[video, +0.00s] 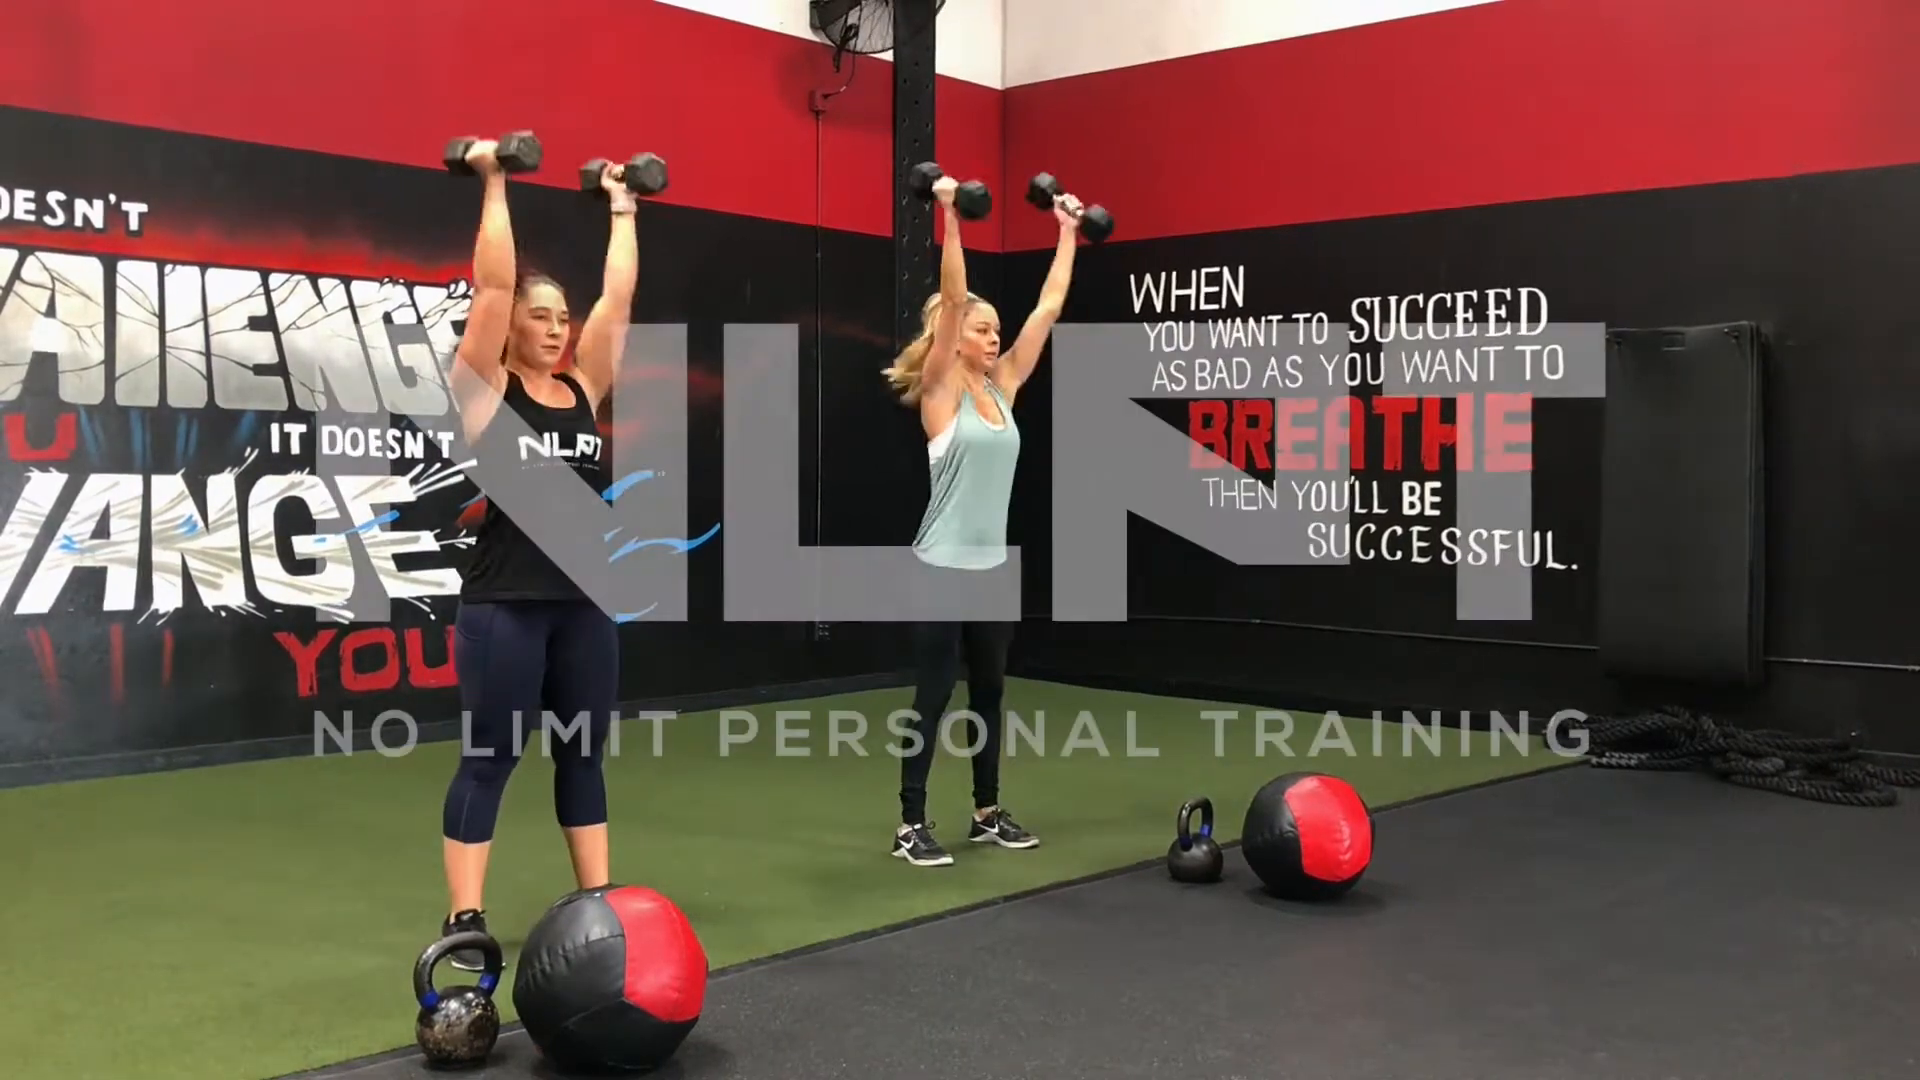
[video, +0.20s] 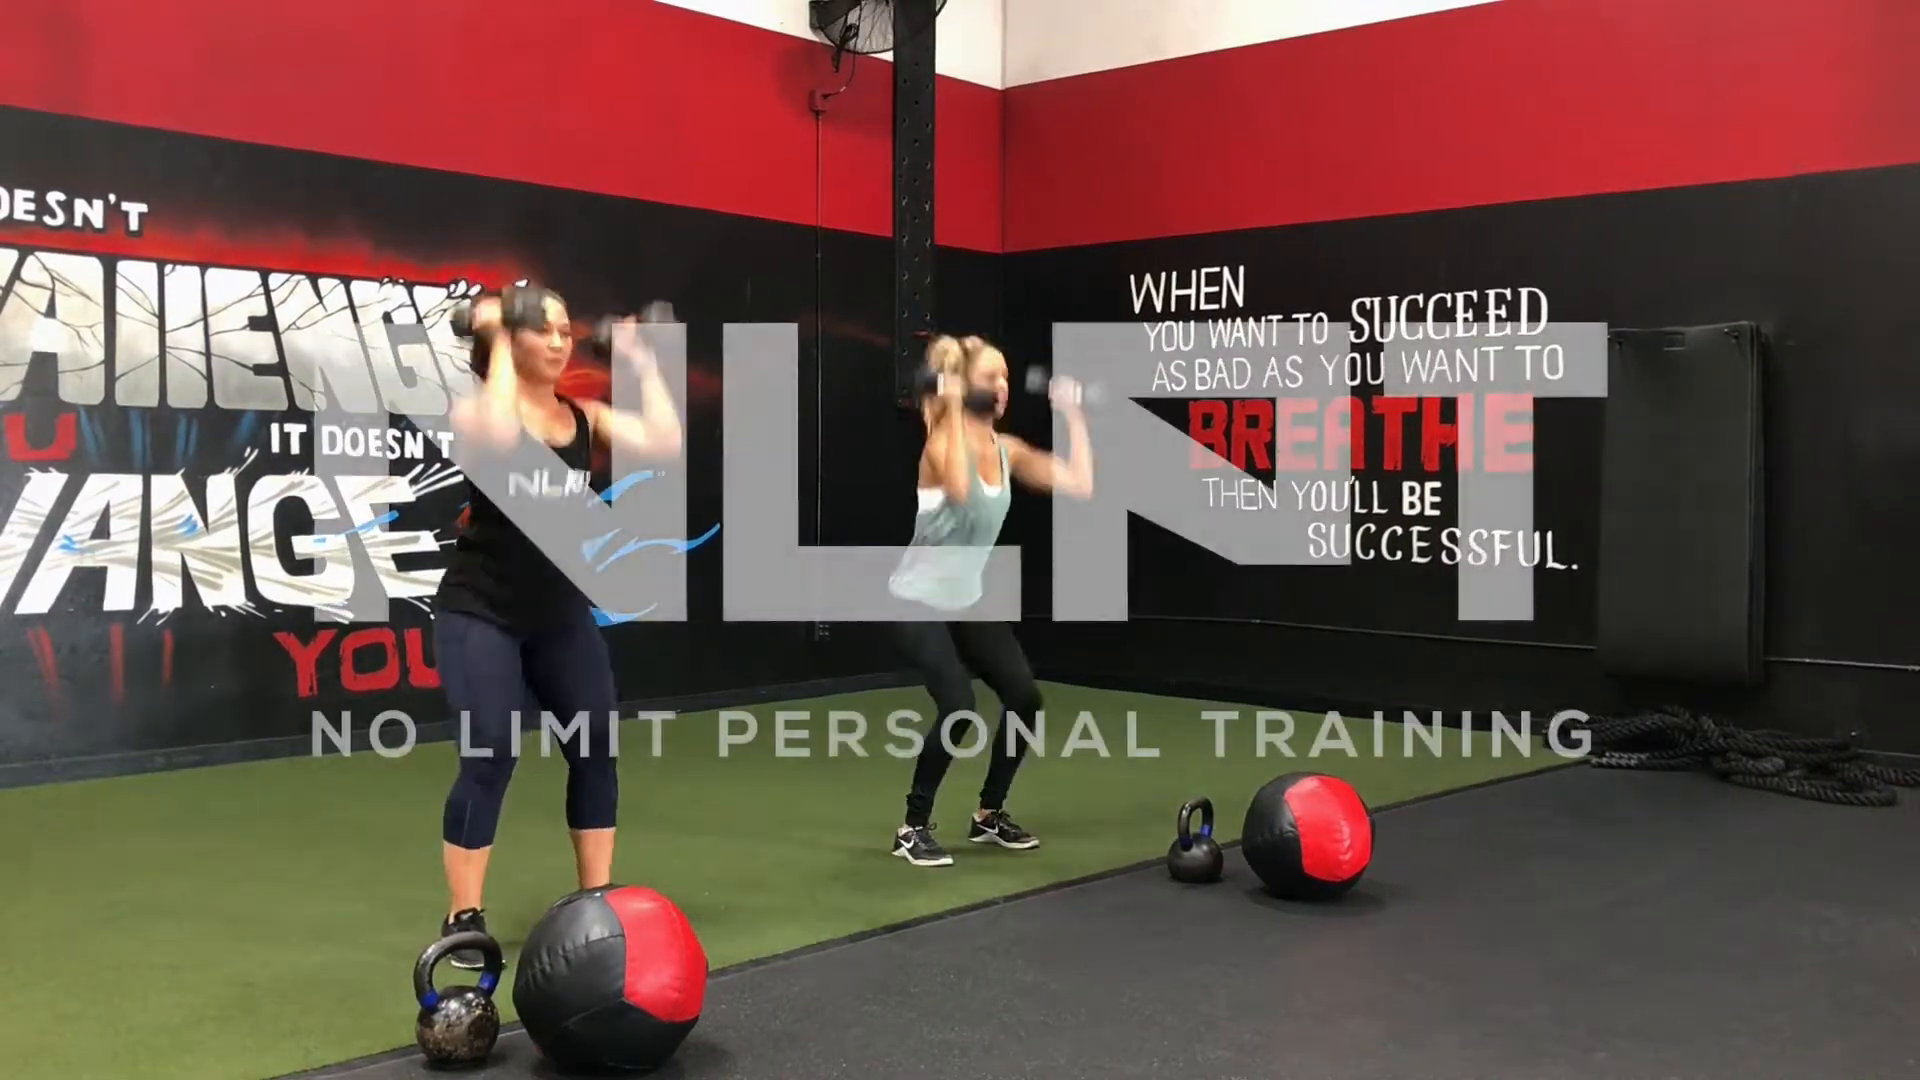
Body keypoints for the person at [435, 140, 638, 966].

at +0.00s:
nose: (557, 325)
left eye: (564, 314)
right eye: (541, 313)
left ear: (572, 324)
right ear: (506, 319)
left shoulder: (586, 386)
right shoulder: (483, 385)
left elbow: (619, 293)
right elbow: (495, 284)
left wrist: (621, 202)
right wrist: (494, 177)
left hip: (583, 605)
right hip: (503, 606)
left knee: (584, 756)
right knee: (488, 759)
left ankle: (598, 909)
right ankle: (466, 920)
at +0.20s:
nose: (561, 340)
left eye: (566, 329)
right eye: (545, 329)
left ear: (570, 341)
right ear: (509, 340)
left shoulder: (585, 420)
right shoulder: (475, 408)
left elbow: (665, 442)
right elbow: (496, 440)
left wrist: (641, 361)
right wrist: (497, 341)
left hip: (563, 607)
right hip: (480, 608)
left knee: (595, 746)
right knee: (489, 752)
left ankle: (596, 907)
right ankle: (465, 920)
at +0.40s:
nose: (575, 511)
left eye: (583, 498)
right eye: (561, 498)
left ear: (593, 506)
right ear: (528, 507)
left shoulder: (598, 566)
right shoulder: (490, 571)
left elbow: (636, 664)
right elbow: (500, 674)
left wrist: (640, 584)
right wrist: (506, 579)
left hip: (540, 710)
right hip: (458, 708)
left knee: (637, 765)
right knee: (495, 785)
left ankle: (598, 910)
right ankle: (463, 924)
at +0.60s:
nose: (576, 512)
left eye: (585, 499)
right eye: (562, 500)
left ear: (598, 510)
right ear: (532, 511)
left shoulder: (604, 570)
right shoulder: (495, 573)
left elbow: (643, 664)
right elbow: (509, 676)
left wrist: (642, 578)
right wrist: (514, 581)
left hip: (538, 712)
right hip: (457, 710)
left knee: (638, 767)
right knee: (494, 785)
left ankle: (597, 910)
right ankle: (464, 927)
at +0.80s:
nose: (560, 333)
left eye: (568, 322)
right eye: (545, 320)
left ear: (578, 332)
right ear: (515, 329)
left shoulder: (593, 404)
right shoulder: (495, 400)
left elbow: (672, 395)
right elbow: (504, 383)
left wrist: (645, 316)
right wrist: (502, 300)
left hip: (573, 599)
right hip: (490, 602)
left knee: (598, 741)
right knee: (488, 754)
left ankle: (598, 909)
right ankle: (465, 924)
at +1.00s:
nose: (556, 327)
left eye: (564, 316)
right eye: (541, 314)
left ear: (577, 326)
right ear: (510, 319)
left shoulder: (593, 386)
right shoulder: (486, 387)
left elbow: (639, 312)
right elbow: (499, 306)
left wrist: (631, 223)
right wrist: (498, 202)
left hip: (587, 603)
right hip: (503, 605)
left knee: (586, 754)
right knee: (489, 756)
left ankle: (597, 909)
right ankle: (466, 923)